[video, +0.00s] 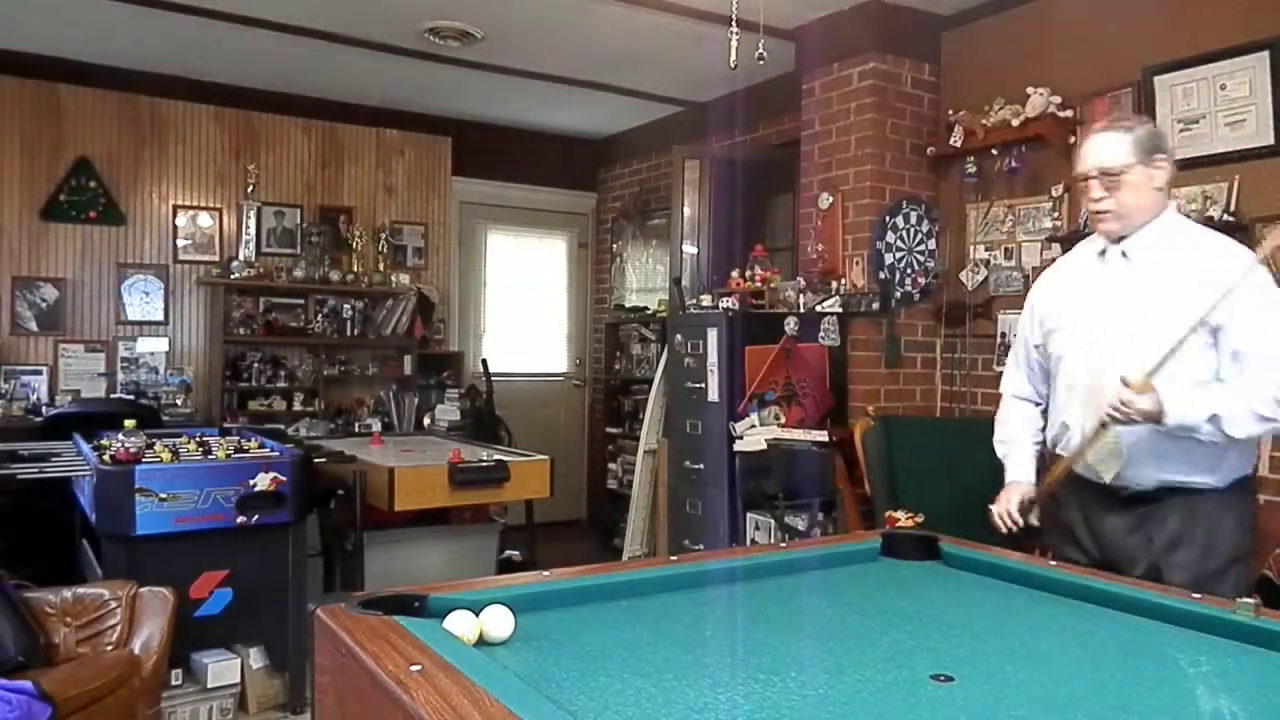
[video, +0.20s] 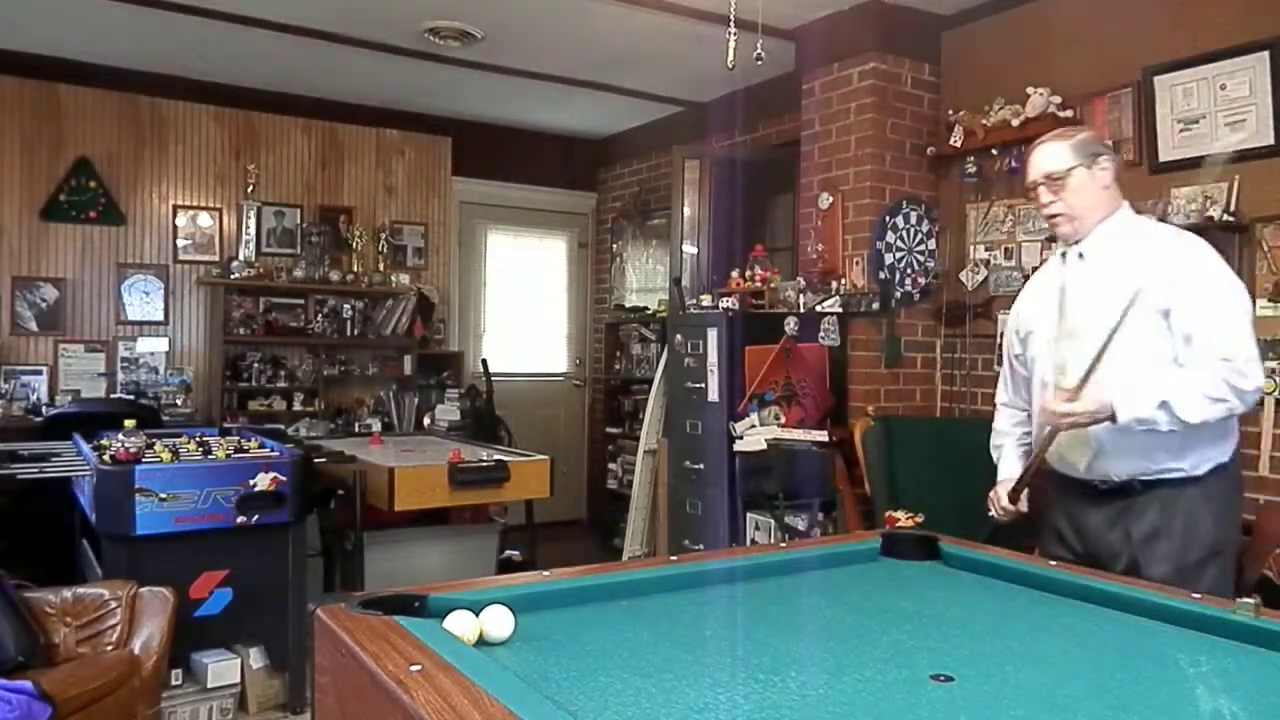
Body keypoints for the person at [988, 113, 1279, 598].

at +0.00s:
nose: (1094, 195)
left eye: (1111, 178)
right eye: (1084, 182)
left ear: (1159, 173)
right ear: (1074, 188)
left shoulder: (1228, 269)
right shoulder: (1057, 281)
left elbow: (1267, 400)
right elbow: (1021, 392)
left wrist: (1168, 407)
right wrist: (1019, 476)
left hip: (1192, 523)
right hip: (1078, 516)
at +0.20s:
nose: (1043, 201)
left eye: (1055, 182)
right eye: (1034, 191)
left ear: (1104, 172)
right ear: (1030, 197)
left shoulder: (1183, 260)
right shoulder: (1037, 291)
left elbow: (1237, 378)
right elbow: (1014, 398)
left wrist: (1117, 404)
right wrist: (1011, 471)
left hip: (1176, 510)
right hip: (1069, 508)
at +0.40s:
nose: (1015, 201)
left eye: (1026, 182)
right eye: (1006, 193)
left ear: (1074, 175)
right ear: (1005, 202)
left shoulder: (1146, 251)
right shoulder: (1020, 295)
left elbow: (1210, 371)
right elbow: (1015, 396)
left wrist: (1097, 430)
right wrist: (1013, 466)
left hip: (1156, 499)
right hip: (1054, 501)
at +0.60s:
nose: (1003, 202)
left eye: (1014, 183)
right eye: (996, 192)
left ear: (1060, 175)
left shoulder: (1132, 250)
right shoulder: (1018, 289)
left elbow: (1204, 372)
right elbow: (1020, 389)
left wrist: (1112, 447)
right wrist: (1006, 457)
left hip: (1143, 496)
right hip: (1048, 497)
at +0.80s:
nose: (1013, 198)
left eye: (1027, 181)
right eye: (1007, 187)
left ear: (1075, 178)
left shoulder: (1127, 260)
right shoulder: (1028, 274)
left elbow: (1187, 401)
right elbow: (1044, 384)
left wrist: (1086, 473)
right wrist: (998, 442)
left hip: (1118, 513)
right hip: (1032, 505)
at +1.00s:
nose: (1012, 192)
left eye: (1027, 176)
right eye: (1007, 179)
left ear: (1077, 177)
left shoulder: (1116, 263)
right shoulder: (1029, 259)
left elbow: (1143, 417)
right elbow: (1031, 372)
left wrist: (1038, 472)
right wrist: (985, 431)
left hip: (1094, 505)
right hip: (1012, 492)